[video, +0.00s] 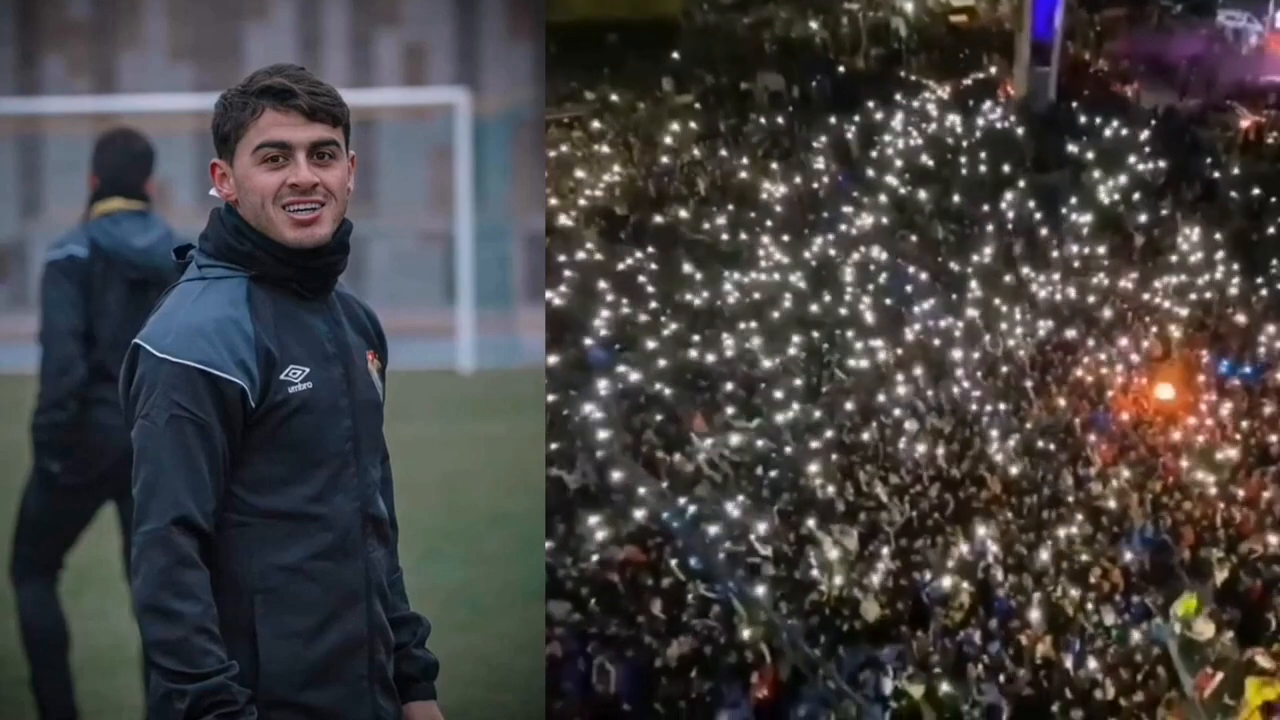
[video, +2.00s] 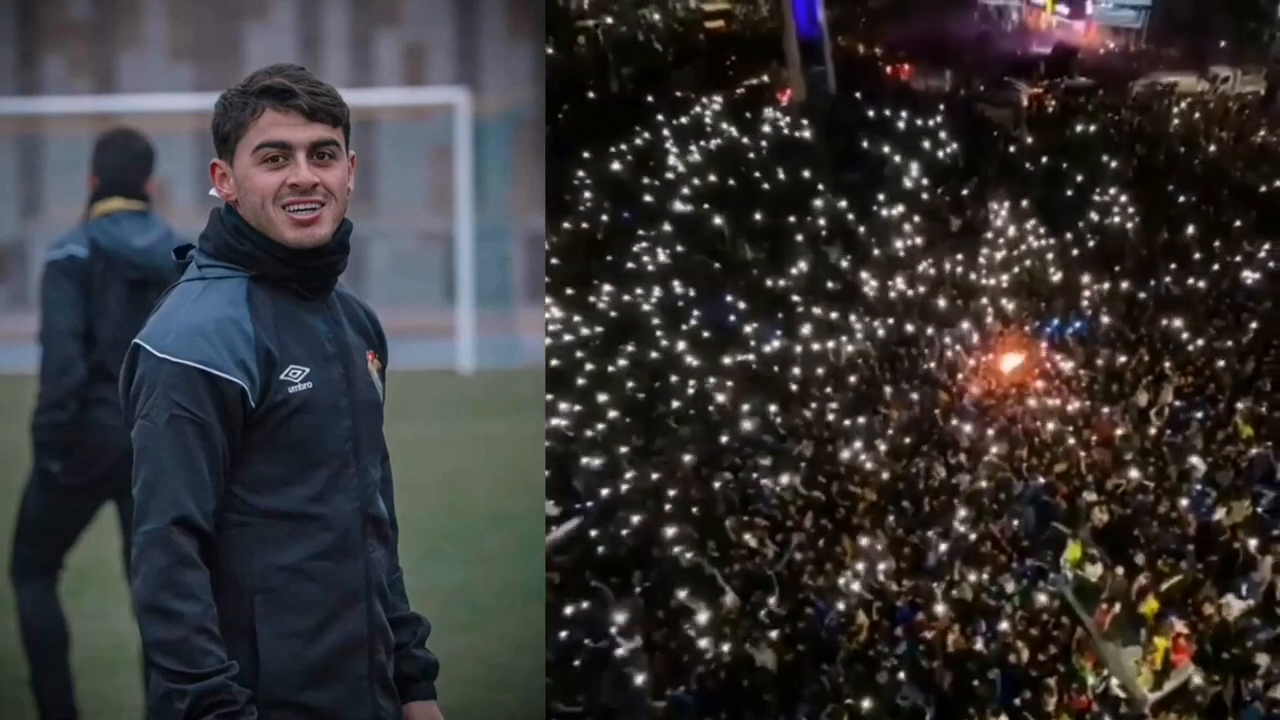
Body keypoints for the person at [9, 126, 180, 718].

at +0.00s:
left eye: (93, 173)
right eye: (150, 178)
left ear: (94, 180)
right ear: (152, 185)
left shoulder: (73, 254)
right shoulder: (178, 255)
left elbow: (65, 363)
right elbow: (191, 352)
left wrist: (51, 442)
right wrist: (175, 429)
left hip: (87, 449)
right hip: (158, 448)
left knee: (33, 570)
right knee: (157, 580)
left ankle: (57, 707)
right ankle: (167, 704)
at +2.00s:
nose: (95, 182)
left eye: (92, 173)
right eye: (150, 178)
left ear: (94, 180)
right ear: (152, 185)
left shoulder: (73, 254)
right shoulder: (178, 255)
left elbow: (65, 363)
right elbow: (191, 352)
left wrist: (51, 442)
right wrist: (175, 429)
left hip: (87, 449)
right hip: (158, 448)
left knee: (34, 570)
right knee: (157, 580)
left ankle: (57, 707)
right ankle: (167, 704)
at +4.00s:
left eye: (92, 173)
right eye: (150, 178)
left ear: (94, 180)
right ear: (152, 185)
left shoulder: (73, 254)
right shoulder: (178, 255)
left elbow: (65, 363)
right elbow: (191, 352)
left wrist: (51, 442)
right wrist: (175, 429)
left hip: (87, 449)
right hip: (158, 448)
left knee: (34, 570)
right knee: (157, 580)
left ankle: (57, 707)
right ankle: (167, 704)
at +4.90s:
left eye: (93, 174)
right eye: (150, 178)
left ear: (94, 180)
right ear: (152, 185)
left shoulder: (73, 253)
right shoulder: (177, 254)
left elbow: (65, 363)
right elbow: (190, 352)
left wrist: (50, 443)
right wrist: (174, 429)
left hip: (87, 449)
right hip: (157, 448)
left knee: (34, 569)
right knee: (157, 580)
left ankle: (57, 708)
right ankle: (167, 705)